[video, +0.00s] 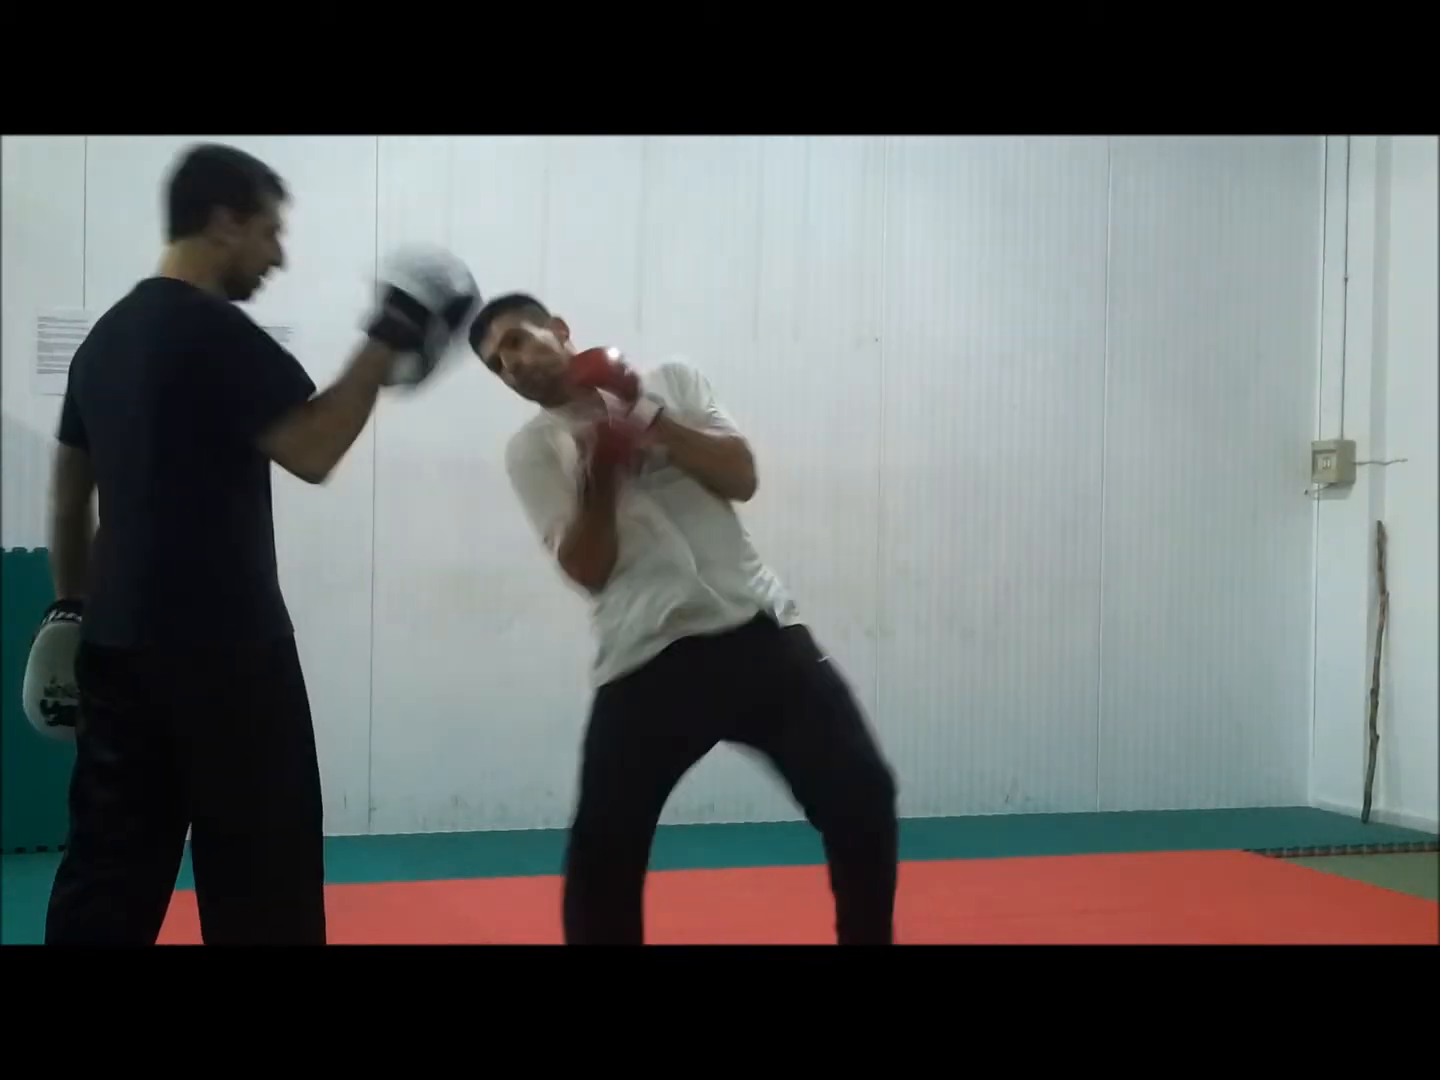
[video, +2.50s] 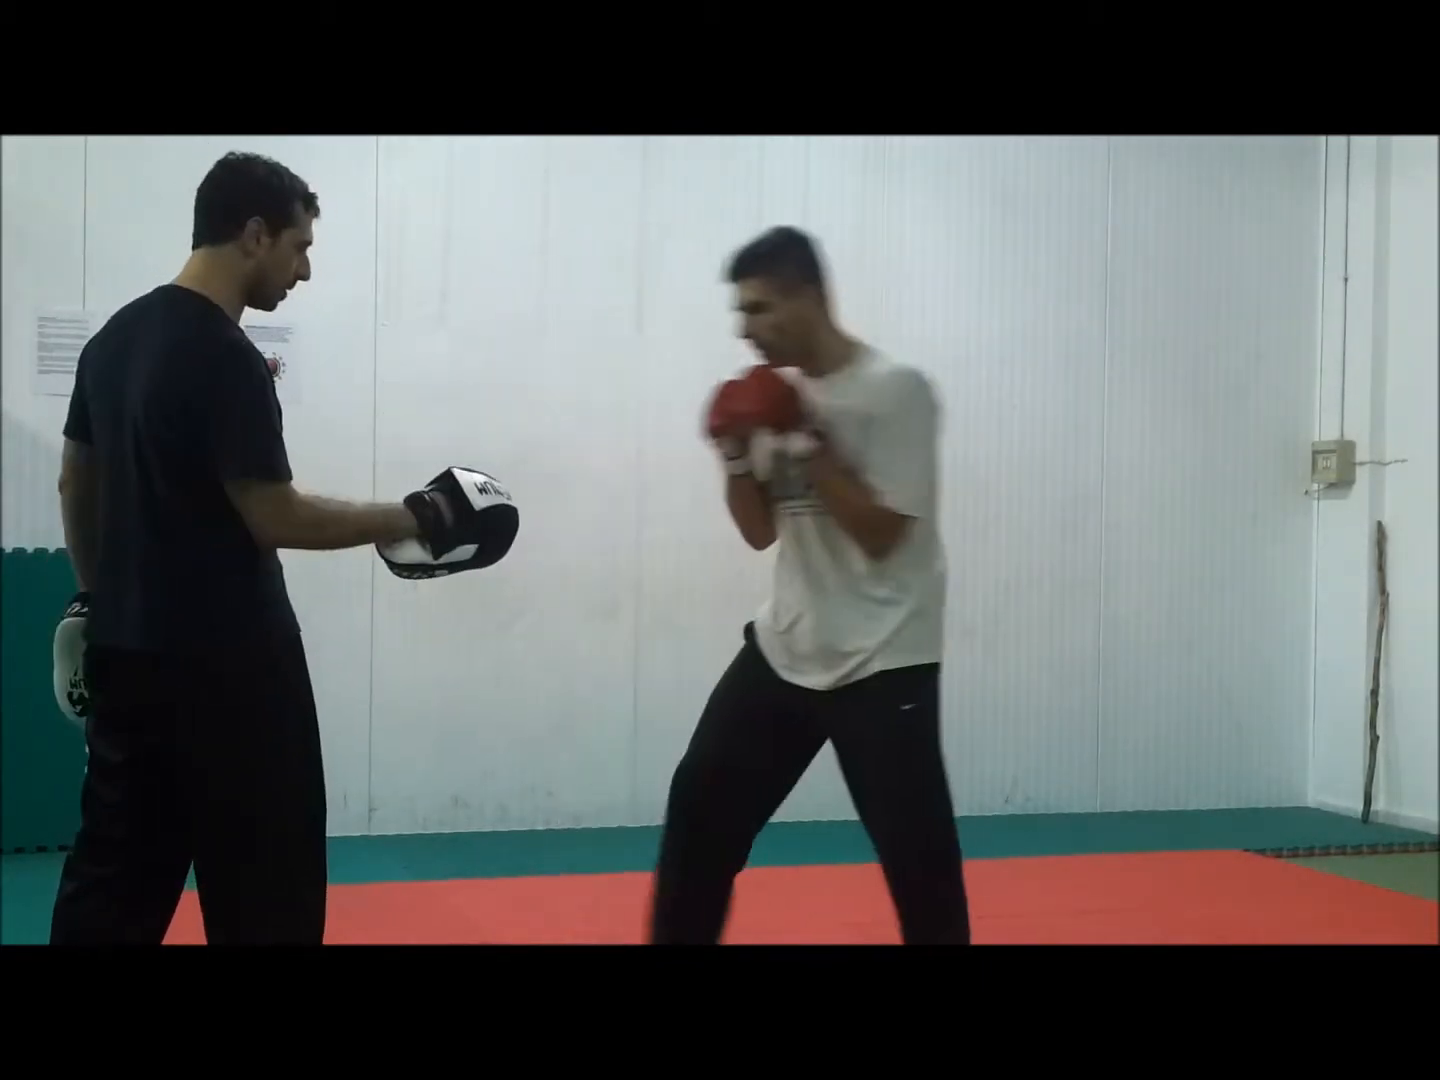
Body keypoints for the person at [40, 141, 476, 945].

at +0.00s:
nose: (279, 254)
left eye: (279, 233)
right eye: (271, 230)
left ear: (205, 224)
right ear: (222, 221)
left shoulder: (108, 335)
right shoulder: (221, 333)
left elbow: (70, 495)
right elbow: (314, 449)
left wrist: (71, 613)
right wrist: (385, 341)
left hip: (120, 651)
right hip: (229, 655)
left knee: (107, 877)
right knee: (267, 883)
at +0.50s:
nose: (291, 267)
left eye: (293, 247)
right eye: (287, 244)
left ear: (225, 233)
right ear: (241, 233)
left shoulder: (108, 336)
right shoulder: (212, 347)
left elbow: (78, 491)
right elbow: (248, 500)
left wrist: (127, 581)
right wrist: (386, 480)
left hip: (118, 641)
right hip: (219, 648)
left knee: (111, 866)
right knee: (257, 869)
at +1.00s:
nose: (310, 270)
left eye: (314, 250)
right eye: (308, 246)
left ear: (218, 232)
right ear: (263, 233)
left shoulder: (108, 339)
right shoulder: (246, 353)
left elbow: (65, 487)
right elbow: (284, 510)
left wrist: (64, 603)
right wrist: (420, 492)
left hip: (122, 656)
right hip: (238, 663)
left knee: (106, 881)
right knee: (267, 888)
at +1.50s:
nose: (304, 269)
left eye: (307, 249)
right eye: (303, 245)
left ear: (212, 230)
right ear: (260, 231)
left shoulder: (107, 338)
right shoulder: (243, 349)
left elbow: (66, 490)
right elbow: (282, 505)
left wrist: (86, 602)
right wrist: (412, 489)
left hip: (123, 661)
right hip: (238, 664)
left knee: (105, 885)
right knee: (268, 891)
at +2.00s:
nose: (293, 262)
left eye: (294, 242)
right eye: (285, 239)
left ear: (223, 231)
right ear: (231, 227)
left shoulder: (120, 332)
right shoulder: (192, 336)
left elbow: (83, 490)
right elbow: (227, 493)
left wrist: (95, 612)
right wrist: (371, 471)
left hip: (127, 654)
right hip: (216, 657)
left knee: (115, 875)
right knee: (259, 885)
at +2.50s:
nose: (306, 269)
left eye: (309, 249)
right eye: (302, 245)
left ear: (222, 232)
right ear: (254, 233)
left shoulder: (111, 341)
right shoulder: (223, 353)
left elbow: (79, 491)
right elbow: (277, 516)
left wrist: (96, 600)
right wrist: (412, 518)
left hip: (128, 665)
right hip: (234, 669)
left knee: (113, 882)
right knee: (269, 891)